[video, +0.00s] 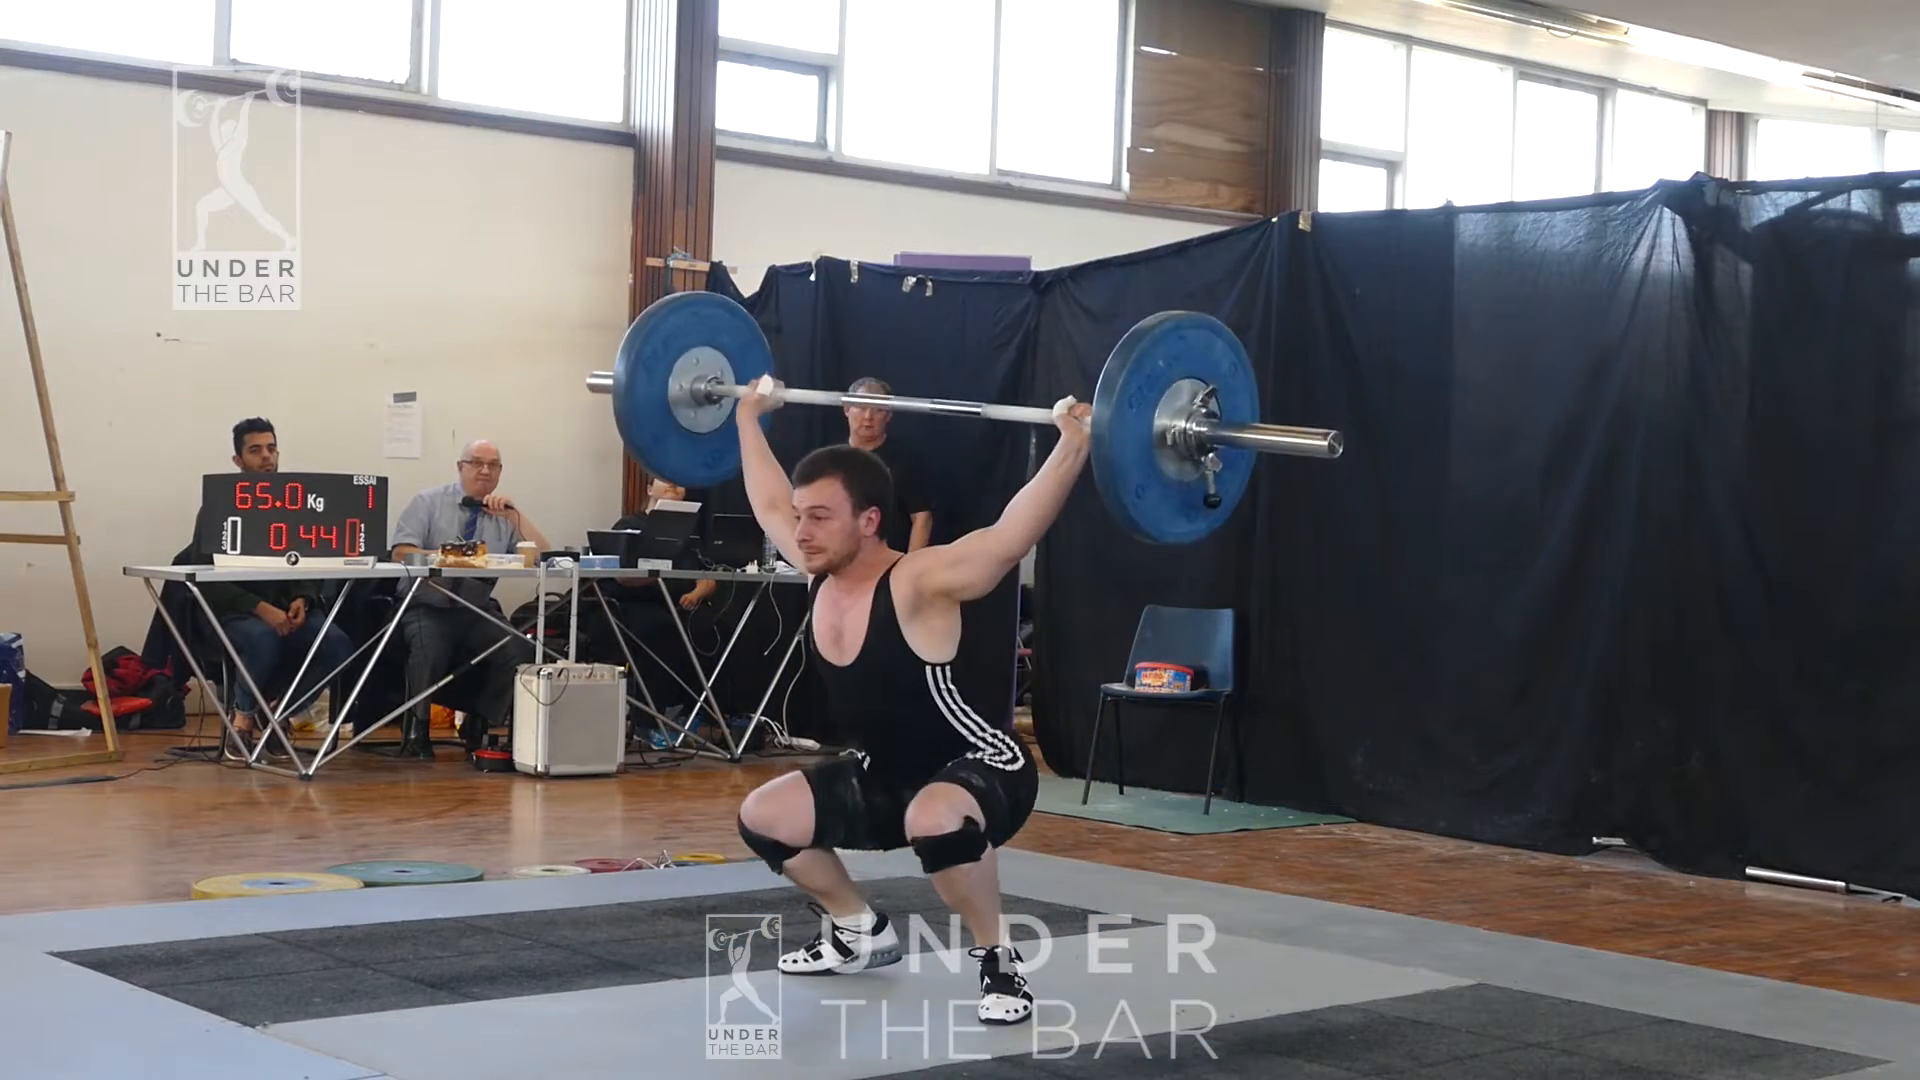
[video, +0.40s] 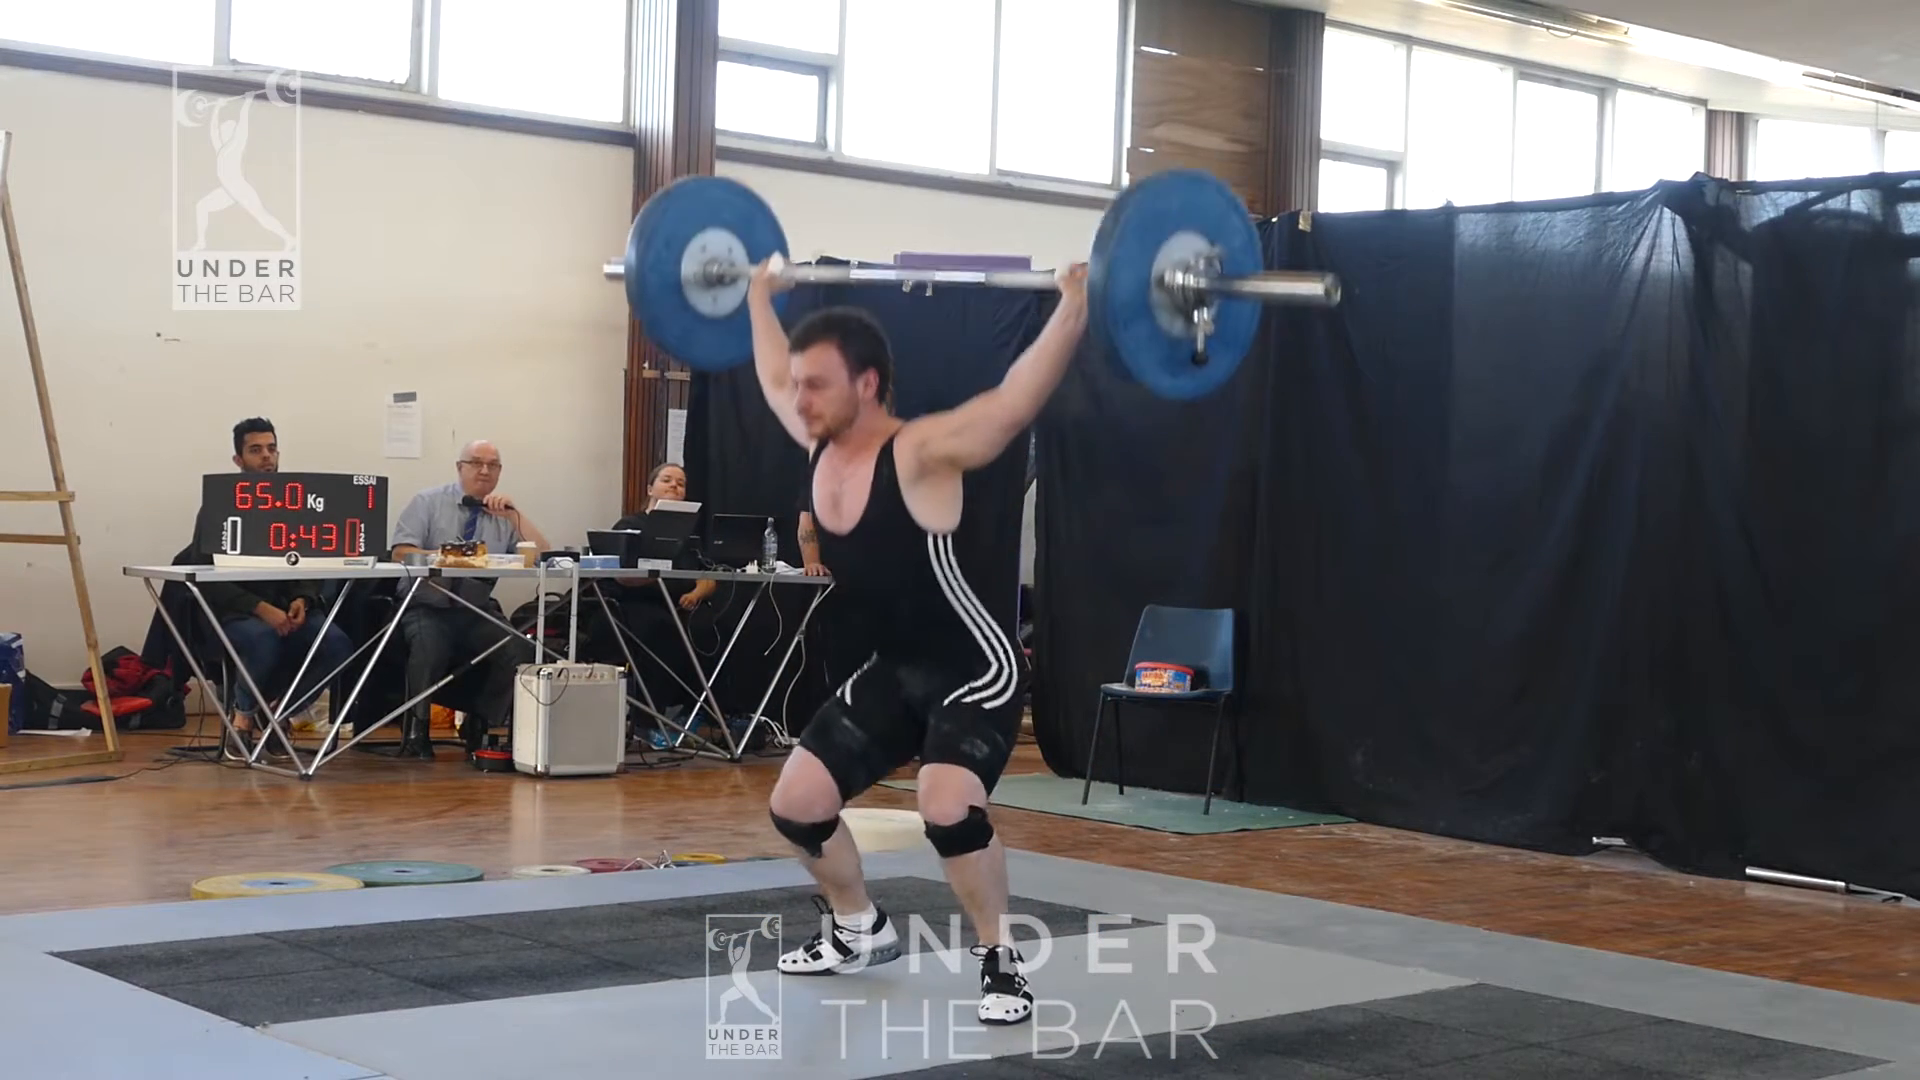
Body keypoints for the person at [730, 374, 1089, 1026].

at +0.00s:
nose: (804, 531)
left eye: (818, 517)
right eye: (800, 517)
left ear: (868, 520)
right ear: (797, 524)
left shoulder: (923, 579)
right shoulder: (823, 577)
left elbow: (1009, 537)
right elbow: (774, 509)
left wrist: (1072, 447)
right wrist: (748, 418)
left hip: (982, 767)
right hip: (886, 776)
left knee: (934, 819)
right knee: (764, 815)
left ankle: (997, 960)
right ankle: (860, 930)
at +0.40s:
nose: (802, 399)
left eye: (815, 385)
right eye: (797, 387)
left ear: (867, 384)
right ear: (795, 392)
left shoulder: (925, 448)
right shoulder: (825, 451)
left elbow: (1014, 399)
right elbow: (778, 379)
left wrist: (1072, 306)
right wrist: (758, 294)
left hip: (976, 670)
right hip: (892, 670)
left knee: (946, 807)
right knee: (795, 806)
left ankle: (999, 953)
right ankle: (860, 929)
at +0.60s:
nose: (793, 334)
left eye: (807, 319)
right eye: (788, 322)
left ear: (859, 318)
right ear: (796, 324)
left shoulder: (913, 384)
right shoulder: (818, 392)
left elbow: (999, 335)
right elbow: (773, 320)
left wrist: (1060, 241)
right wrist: (758, 235)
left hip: (958, 624)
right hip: (880, 622)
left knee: (948, 790)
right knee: (792, 763)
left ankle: (1001, 952)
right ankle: (832, 940)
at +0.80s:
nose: (778, 312)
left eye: (794, 297)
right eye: (773, 299)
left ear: (845, 295)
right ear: (779, 301)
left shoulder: (894, 361)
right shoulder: (798, 368)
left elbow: (978, 309)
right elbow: (754, 292)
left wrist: (1041, 214)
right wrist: (743, 208)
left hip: (918, 604)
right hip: (839, 606)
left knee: (926, 775)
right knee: (792, 767)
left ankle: (996, 945)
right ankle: (835, 946)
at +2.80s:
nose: (913, 282)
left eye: (930, 269)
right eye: (909, 270)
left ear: (980, 275)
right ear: (911, 277)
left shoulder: (1001, 351)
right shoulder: (902, 345)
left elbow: (1029, 323)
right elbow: (799, 305)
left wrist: (1031, 243)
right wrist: (706, 233)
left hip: (985, 601)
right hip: (910, 594)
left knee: (953, 767)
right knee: (863, 756)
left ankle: (952, 969)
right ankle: (838, 947)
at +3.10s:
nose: (968, 298)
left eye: (986, 285)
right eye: (965, 286)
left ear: (1033, 299)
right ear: (967, 297)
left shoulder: (1058, 402)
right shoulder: (952, 396)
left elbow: (1094, 517)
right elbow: (906, 508)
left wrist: (1084, 624)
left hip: (1013, 633)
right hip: (937, 624)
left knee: (975, 789)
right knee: (913, 784)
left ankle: (957, 962)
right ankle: (1004, 909)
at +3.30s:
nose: (981, 298)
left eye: (998, 285)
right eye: (978, 285)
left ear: (1044, 295)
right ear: (980, 295)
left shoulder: (1084, 393)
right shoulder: (970, 394)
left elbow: (1135, 498)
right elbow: (958, 512)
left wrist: (1149, 610)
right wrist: (944, 614)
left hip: (1056, 620)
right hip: (981, 612)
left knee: (972, 757)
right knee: (972, 763)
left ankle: (992, 938)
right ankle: (1010, 920)